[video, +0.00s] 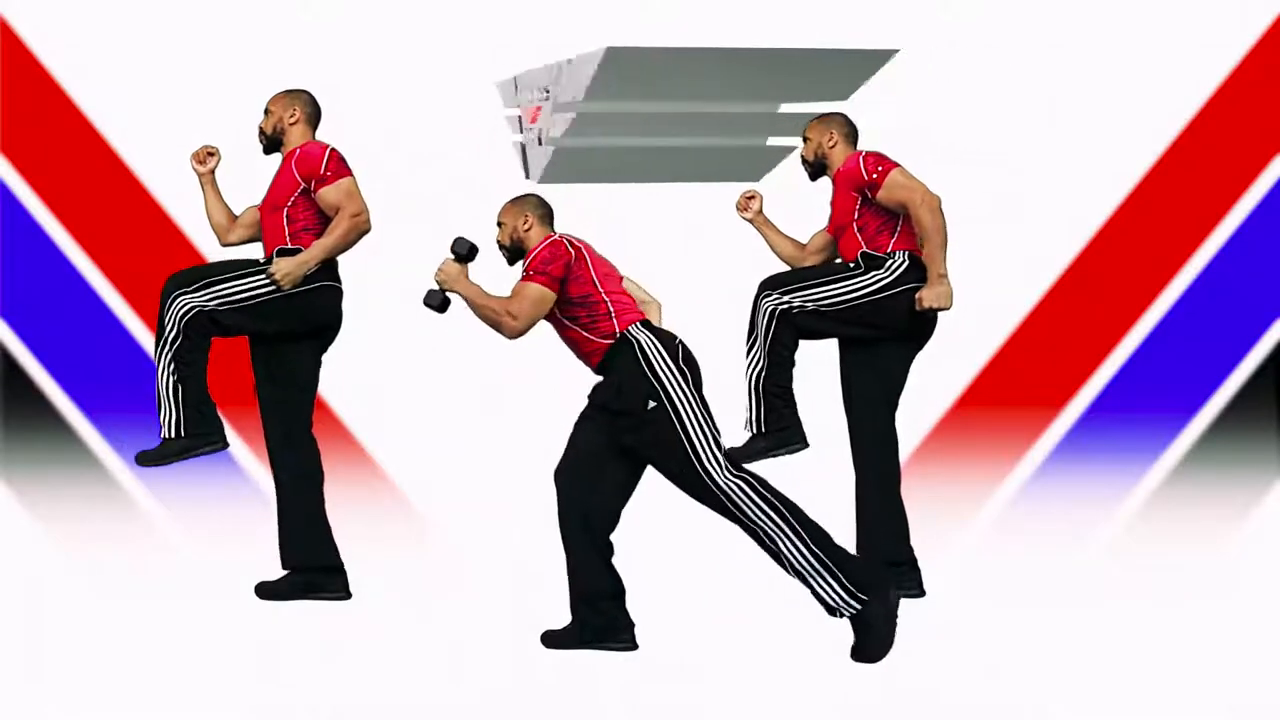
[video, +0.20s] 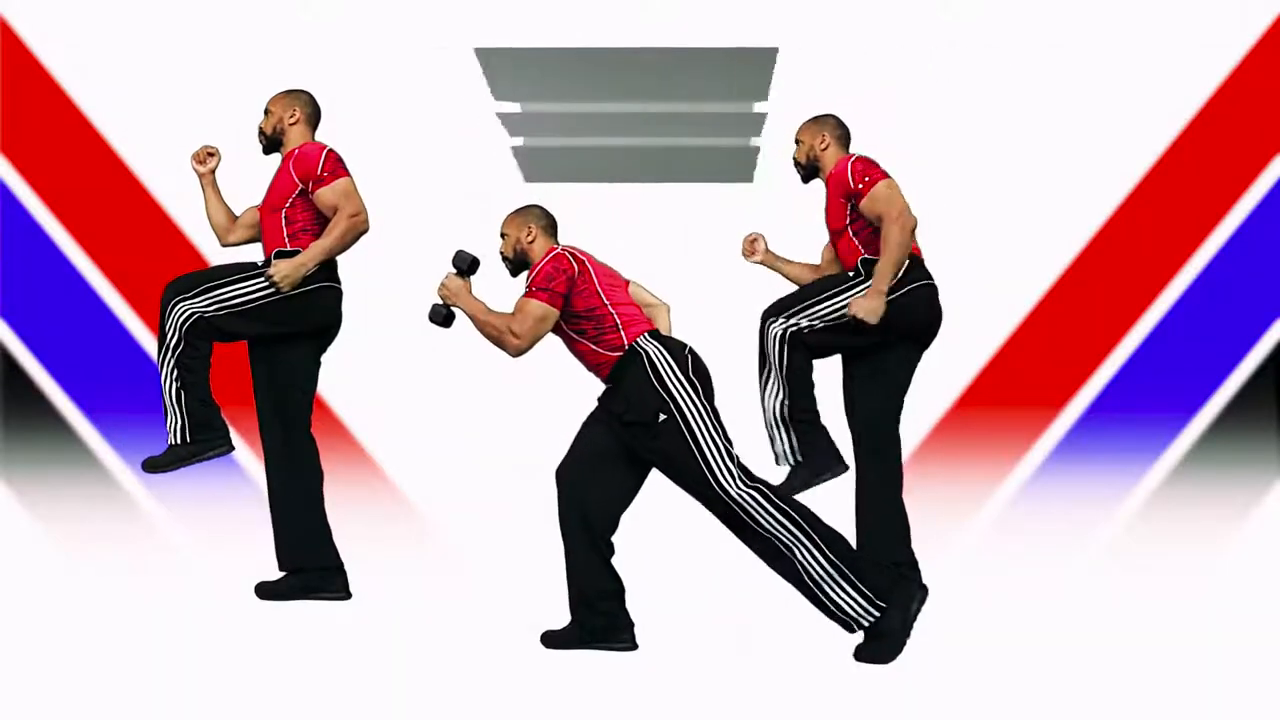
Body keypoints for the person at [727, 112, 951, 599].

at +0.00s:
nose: (801, 152)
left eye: (806, 141)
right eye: (802, 144)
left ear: (830, 137)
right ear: (835, 140)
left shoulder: (859, 165)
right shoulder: (848, 199)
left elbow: (924, 201)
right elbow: (806, 257)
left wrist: (937, 276)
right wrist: (759, 220)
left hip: (893, 276)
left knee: (774, 296)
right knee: (871, 438)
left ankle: (776, 425)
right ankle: (891, 567)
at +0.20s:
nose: (794, 154)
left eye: (798, 144)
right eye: (795, 147)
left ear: (822, 141)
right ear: (825, 143)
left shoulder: (852, 169)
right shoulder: (840, 200)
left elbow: (900, 218)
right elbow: (825, 276)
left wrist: (878, 290)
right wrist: (768, 258)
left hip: (894, 287)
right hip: (899, 308)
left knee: (779, 322)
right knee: (874, 441)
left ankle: (810, 452)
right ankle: (891, 576)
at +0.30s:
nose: (786, 160)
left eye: (790, 150)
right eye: (786, 153)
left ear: (814, 146)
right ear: (822, 147)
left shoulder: (844, 175)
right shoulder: (834, 196)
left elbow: (864, 242)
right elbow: (860, 270)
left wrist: (805, 298)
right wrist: (821, 304)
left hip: (896, 282)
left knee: (809, 371)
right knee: (878, 443)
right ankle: (895, 586)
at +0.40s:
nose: (775, 170)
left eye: (780, 160)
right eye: (775, 162)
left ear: (805, 157)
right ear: (808, 157)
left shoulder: (830, 184)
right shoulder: (832, 194)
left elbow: (820, 262)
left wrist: (752, 282)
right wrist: (864, 328)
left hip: (902, 290)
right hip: (889, 302)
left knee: (873, 421)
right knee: (869, 433)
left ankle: (1000, 488)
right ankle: (889, 574)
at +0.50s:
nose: (766, 180)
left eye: (770, 169)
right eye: (765, 173)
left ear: (795, 164)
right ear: (806, 168)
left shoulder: (817, 196)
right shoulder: (837, 201)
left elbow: (781, 275)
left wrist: (724, 264)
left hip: (906, 294)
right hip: (885, 311)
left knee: (932, 432)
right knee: (872, 437)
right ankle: (891, 575)